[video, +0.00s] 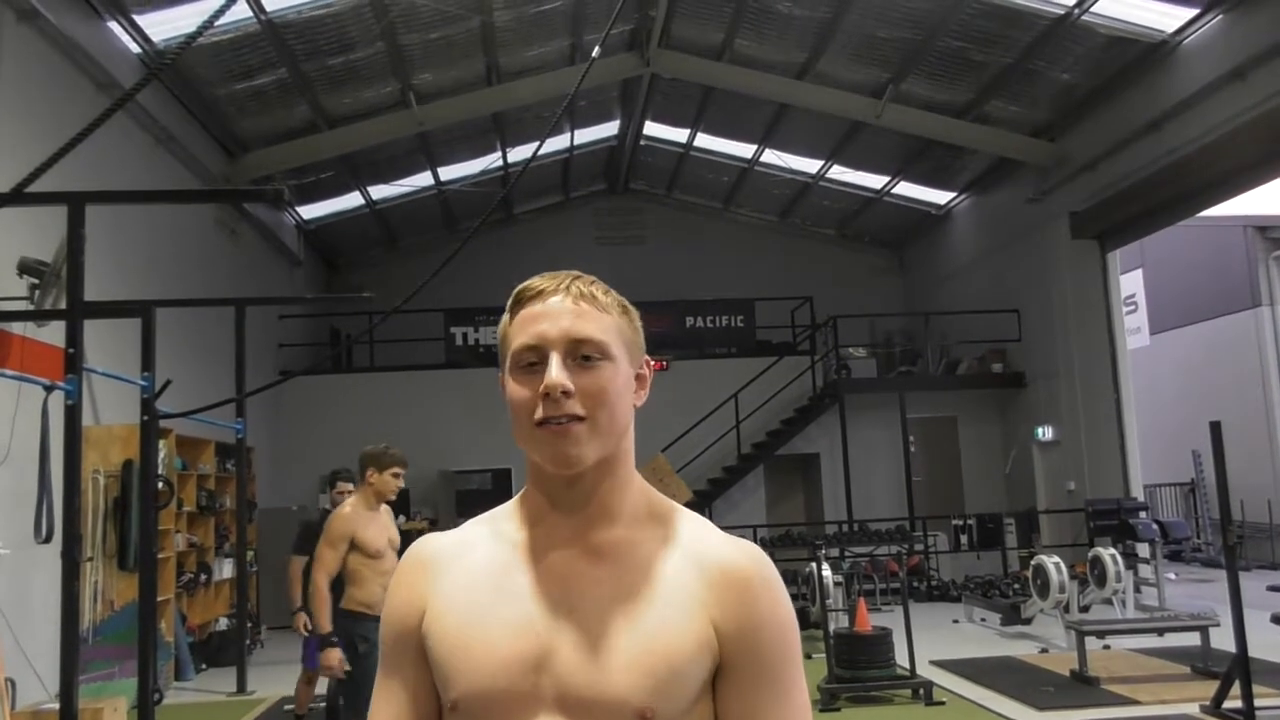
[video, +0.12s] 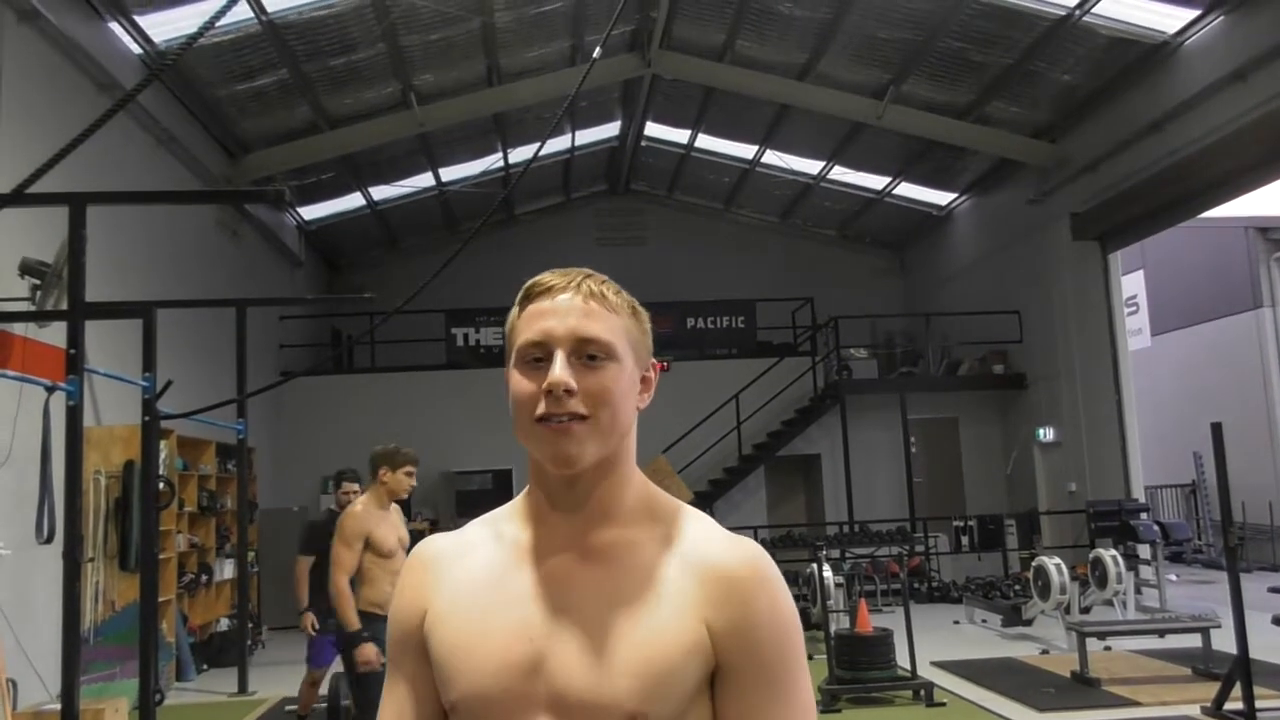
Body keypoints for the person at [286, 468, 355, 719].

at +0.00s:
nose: (344, 497)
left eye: (349, 493)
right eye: (339, 492)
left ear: (356, 494)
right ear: (329, 494)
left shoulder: (361, 525)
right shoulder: (315, 525)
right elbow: (296, 566)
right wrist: (298, 608)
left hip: (353, 606)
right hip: (321, 605)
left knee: (347, 670)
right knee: (311, 671)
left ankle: (342, 713)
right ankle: (300, 714)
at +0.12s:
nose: (351, 498)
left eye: (355, 493)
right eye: (345, 493)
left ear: (361, 495)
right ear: (335, 494)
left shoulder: (366, 526)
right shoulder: (319, 526)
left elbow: (375, 570)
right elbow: (302, 567)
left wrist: (374, 607)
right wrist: (304, 609)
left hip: (359, 611)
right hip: (325, 612)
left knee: (364, 677)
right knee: (315, 676)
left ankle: (365, 714)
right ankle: (302, 715)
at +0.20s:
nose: (354, 499)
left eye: (358, 494)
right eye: (348, 493)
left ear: (363, 496)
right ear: (337, 494)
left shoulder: (367, 526)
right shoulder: (322, 527)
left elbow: (376, 569)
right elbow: (304, 568)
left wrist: (374, 603)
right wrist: (307, 609)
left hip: (360, 608)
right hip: (328, 609)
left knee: (361, 673)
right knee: (320, 675)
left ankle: (358, 713)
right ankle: (303, 714)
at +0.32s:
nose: (355, 499)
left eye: (359, 494)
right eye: (350, 494)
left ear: (364, 496)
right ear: (339, 495)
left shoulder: (369, 526)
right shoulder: (323, 527)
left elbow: (380, 569)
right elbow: (305, 570)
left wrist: (379, 602)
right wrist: (310, 609)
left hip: (363, 609)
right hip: (330, 612)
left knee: (362, 672)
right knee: (324, 679)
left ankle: (360, 713)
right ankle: (310, 714)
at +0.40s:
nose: (355, 499)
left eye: (359, 495)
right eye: (349, 494)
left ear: (364, 496)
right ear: (338, 496)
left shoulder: (369, 526)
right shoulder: (323, 527)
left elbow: (380, 568)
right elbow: (305, 571)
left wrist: (381, 604)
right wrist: (309, 611)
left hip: (363, 611)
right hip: (330, 613)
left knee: (361, 676)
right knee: (325, 680)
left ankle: (361, 715)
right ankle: (313, 715)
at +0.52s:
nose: (353, 500)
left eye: (357, 495)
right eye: (347, 495)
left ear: (362, 496)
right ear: (336, 496)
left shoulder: (366, 525)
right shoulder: (320, 528)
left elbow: (373, 566)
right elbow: (302, 571)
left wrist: (377, 604)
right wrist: (306, 614)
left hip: (361, 612)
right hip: (329, 614)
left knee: (362, 678)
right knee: (322, 683)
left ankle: (354, 714)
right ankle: (314, 715)